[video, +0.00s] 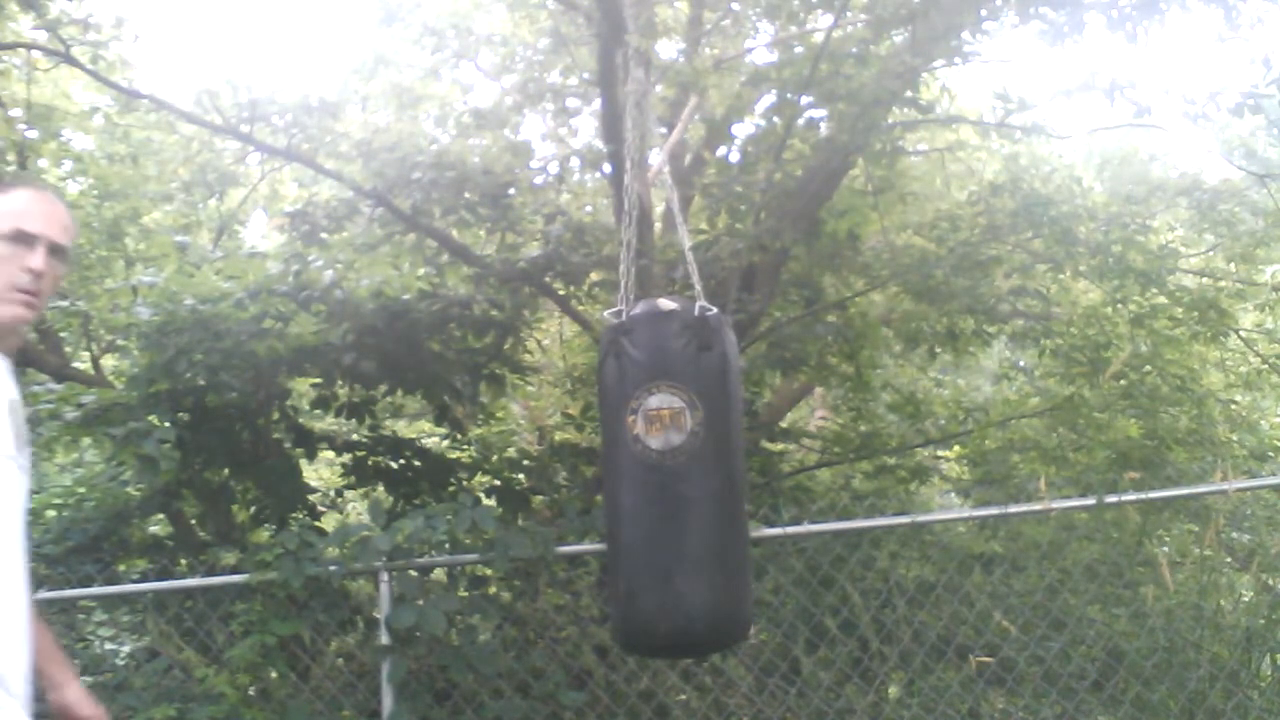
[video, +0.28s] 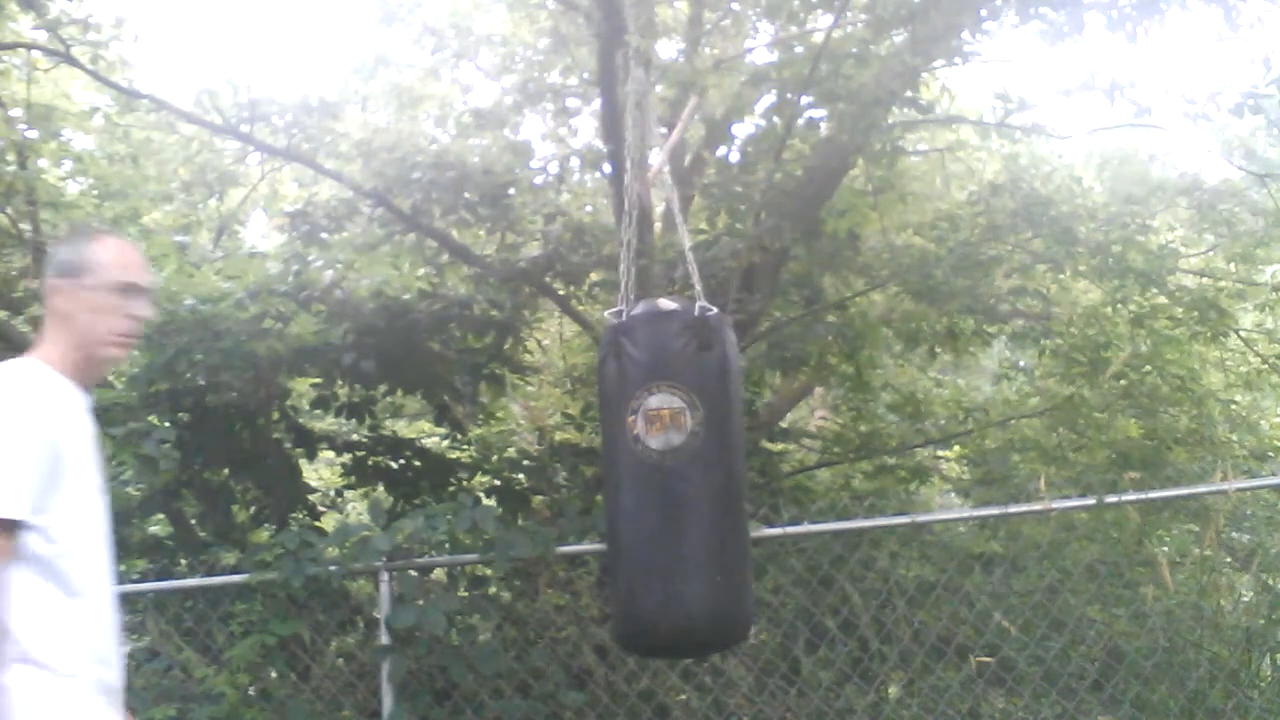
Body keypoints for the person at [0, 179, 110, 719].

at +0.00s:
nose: (38, 266)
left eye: (56, 254)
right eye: (19, 240)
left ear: (64, 277)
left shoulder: (10, 387)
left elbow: (8, 567)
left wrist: (63, 681)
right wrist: (63, 683)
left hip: (12, 699)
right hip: (4, 698)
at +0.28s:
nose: (143, 313)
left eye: (146, 297)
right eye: (124, 291)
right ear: (58, 294)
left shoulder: (71, 403)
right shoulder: (23, 396)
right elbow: (4, 545)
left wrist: (101, 694)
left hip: (83, 693)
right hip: (39, 696)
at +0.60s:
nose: (219, 324)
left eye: (216, 309)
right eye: (208, 307)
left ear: (161, 313)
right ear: (163, 313)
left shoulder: (54, 405)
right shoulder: (141, 402)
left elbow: (10, 569)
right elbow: (148, 556)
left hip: (38, 695)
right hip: (119, 697)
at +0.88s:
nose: (256, 358)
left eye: (253, 343)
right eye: (243, 343)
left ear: (197, 349)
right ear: (197, 348)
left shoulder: (118, 433)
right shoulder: (159, 430)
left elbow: (64, 591)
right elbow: (177, 577)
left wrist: (114, 675)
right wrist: (310, 602)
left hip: (116, 703)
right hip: (165, 703)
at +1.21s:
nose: (295, 363)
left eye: (296, 349)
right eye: (285, 346)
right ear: (237, 343)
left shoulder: (225, 432)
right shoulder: (174, 416)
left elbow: (272, 533)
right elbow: (253, 525)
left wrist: (329, 460)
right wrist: (324, 442)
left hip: (227, 694)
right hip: (183, 698)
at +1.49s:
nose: (359, 371)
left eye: (361, 357)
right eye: (350, 356)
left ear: (304, 353)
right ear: (300, 351)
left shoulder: (310, 441)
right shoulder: (215, 431)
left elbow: (338, 549)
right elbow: (265, 554)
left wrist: (369, 484)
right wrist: (354, 480)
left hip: (312, 692)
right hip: (232, 700)